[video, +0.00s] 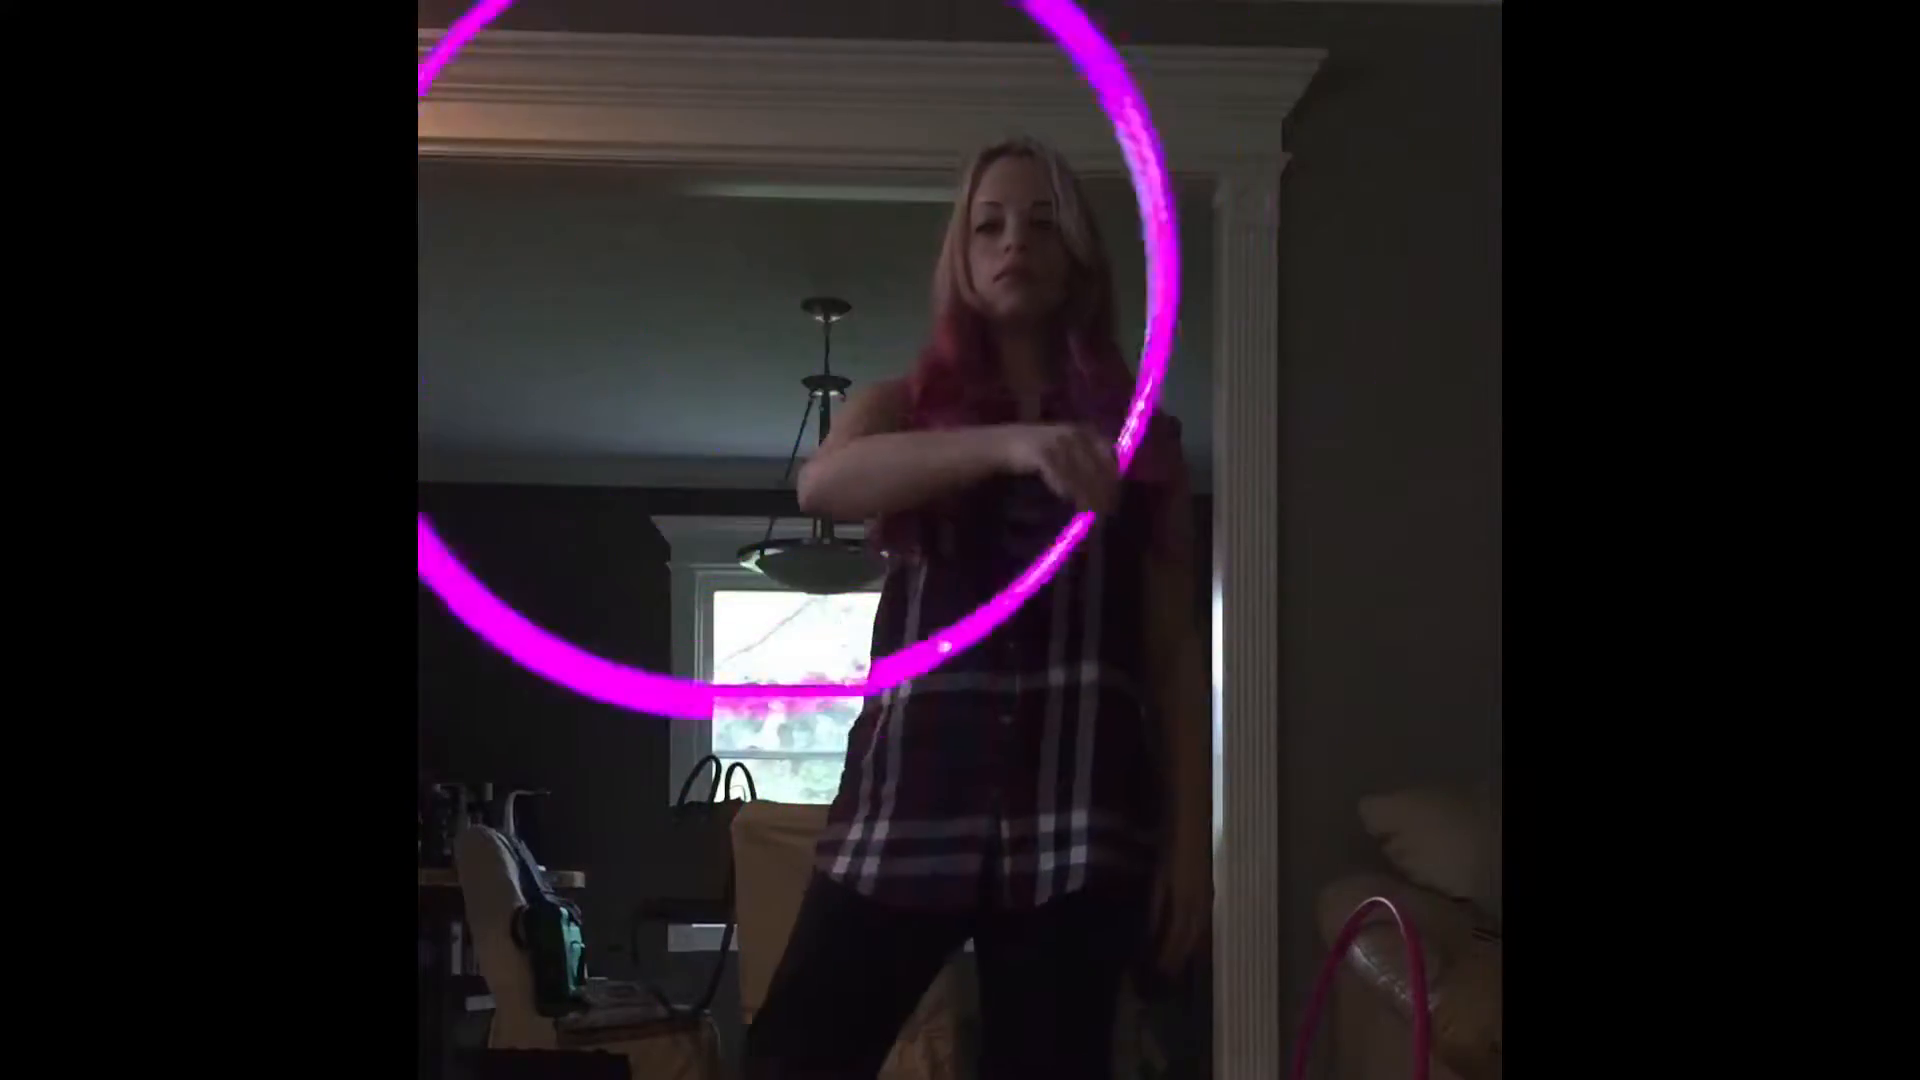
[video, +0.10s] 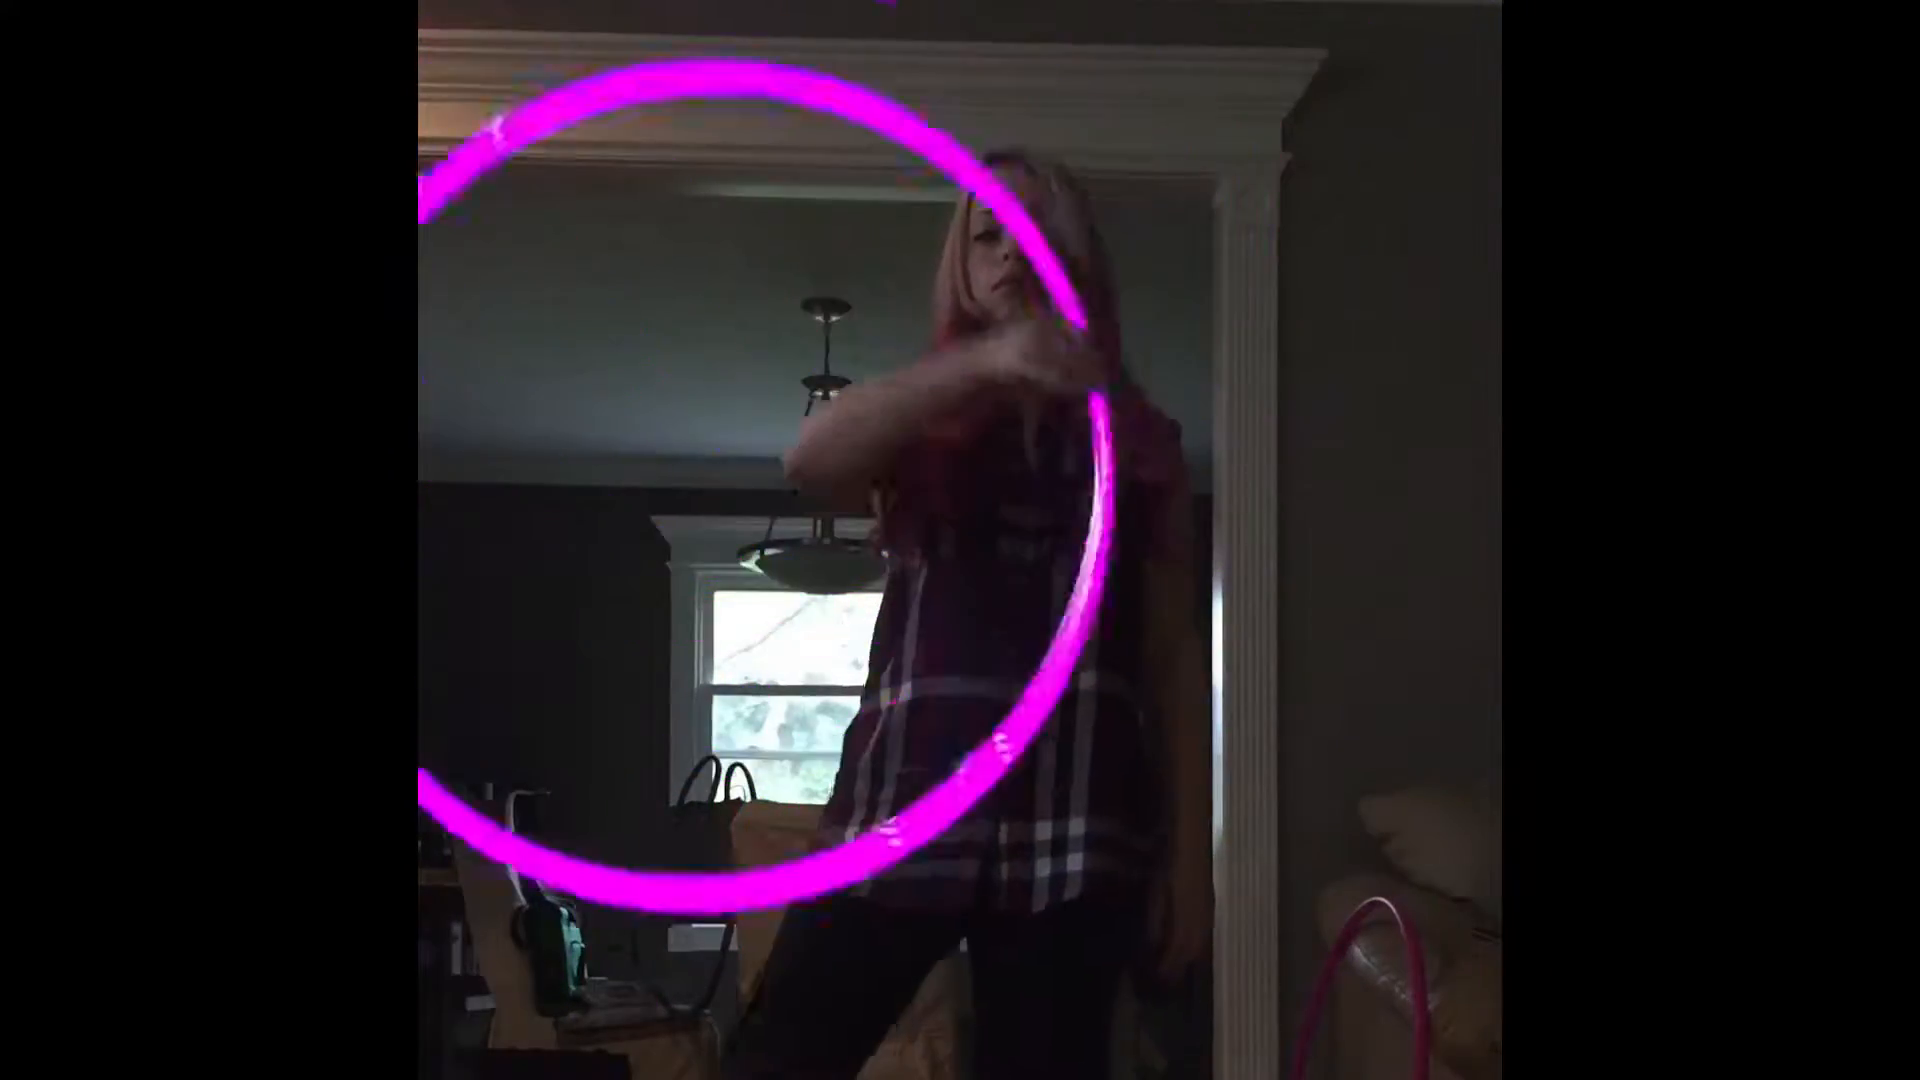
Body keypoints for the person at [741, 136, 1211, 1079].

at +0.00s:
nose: (1014, 240)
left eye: (1041, 220)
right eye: (991, 222)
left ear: (1078, 251)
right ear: (957, 256)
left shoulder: (1141, 432)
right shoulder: (898, 402)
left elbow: (1175, 650)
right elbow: (825, 483)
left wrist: (1190, 846)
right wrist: (1008, 445)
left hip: (1080, 820)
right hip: (909, 811)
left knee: (1052, 1070)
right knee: (794, 1060)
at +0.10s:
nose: (1014, 244)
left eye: (1039, 225)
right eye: (990, 229)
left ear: (1082, 252)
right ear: (957, 265)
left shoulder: (1137, 436)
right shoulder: (921, 410)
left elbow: (1173, 652)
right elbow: (811, 461)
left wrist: (1190, 864)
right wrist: (983, 363)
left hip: (1076, 835)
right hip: (905, 826)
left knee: (1045, 1071)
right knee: (778, 1059)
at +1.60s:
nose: (967, 287)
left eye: (986, 268)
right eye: (970, 268)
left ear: (1050, 275)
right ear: (1066, 279)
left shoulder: (1057, 390)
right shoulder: (1086, 391)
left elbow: (829, 462)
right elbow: (841, 459)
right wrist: (637, 476)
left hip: (1054, 844)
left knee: (992, 1059)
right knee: (1015, 1056)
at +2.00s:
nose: (1065, 275)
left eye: (1081, 253)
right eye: (1070, 251)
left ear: (1141, 260)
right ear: (1201, 261)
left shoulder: (1167, 379)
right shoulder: (1236, 392)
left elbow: (899, 308)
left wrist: (673, 233)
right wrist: (1086, 500)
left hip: (1176, 860)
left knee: (1019, 1053)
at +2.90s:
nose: (998, 246)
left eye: (1020, 223)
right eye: (1006, 222)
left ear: (1080, 241)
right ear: (1145, 243)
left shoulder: (1031, 389)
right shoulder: (1232, 414)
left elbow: (884, 558)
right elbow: (1278, 660)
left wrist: (833, 400)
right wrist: (1261, 861)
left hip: (1067, 829)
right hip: (1196, 827)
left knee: (1074, 1060)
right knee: (1171, 1060)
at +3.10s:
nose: (973, 267)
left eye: (984, 245)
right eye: (976, 246)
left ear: (1028, 261)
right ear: (1116, 263)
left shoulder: (1031, 414)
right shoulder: (1169, 434)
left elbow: (808, 469)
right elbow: (1197, 660)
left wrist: (708, 297)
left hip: (1030, 873)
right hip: (1149, 864)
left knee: (988, 1058)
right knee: (1114, 1059)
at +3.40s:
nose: (901, 300)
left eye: (925, 281)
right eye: (904, 278)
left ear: (993, 295)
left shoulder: (1030, 440)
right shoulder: (970, 436)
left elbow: (935, 602)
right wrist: (757, 485)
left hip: (965, 887)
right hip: (923, 872)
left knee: (876, 1060)